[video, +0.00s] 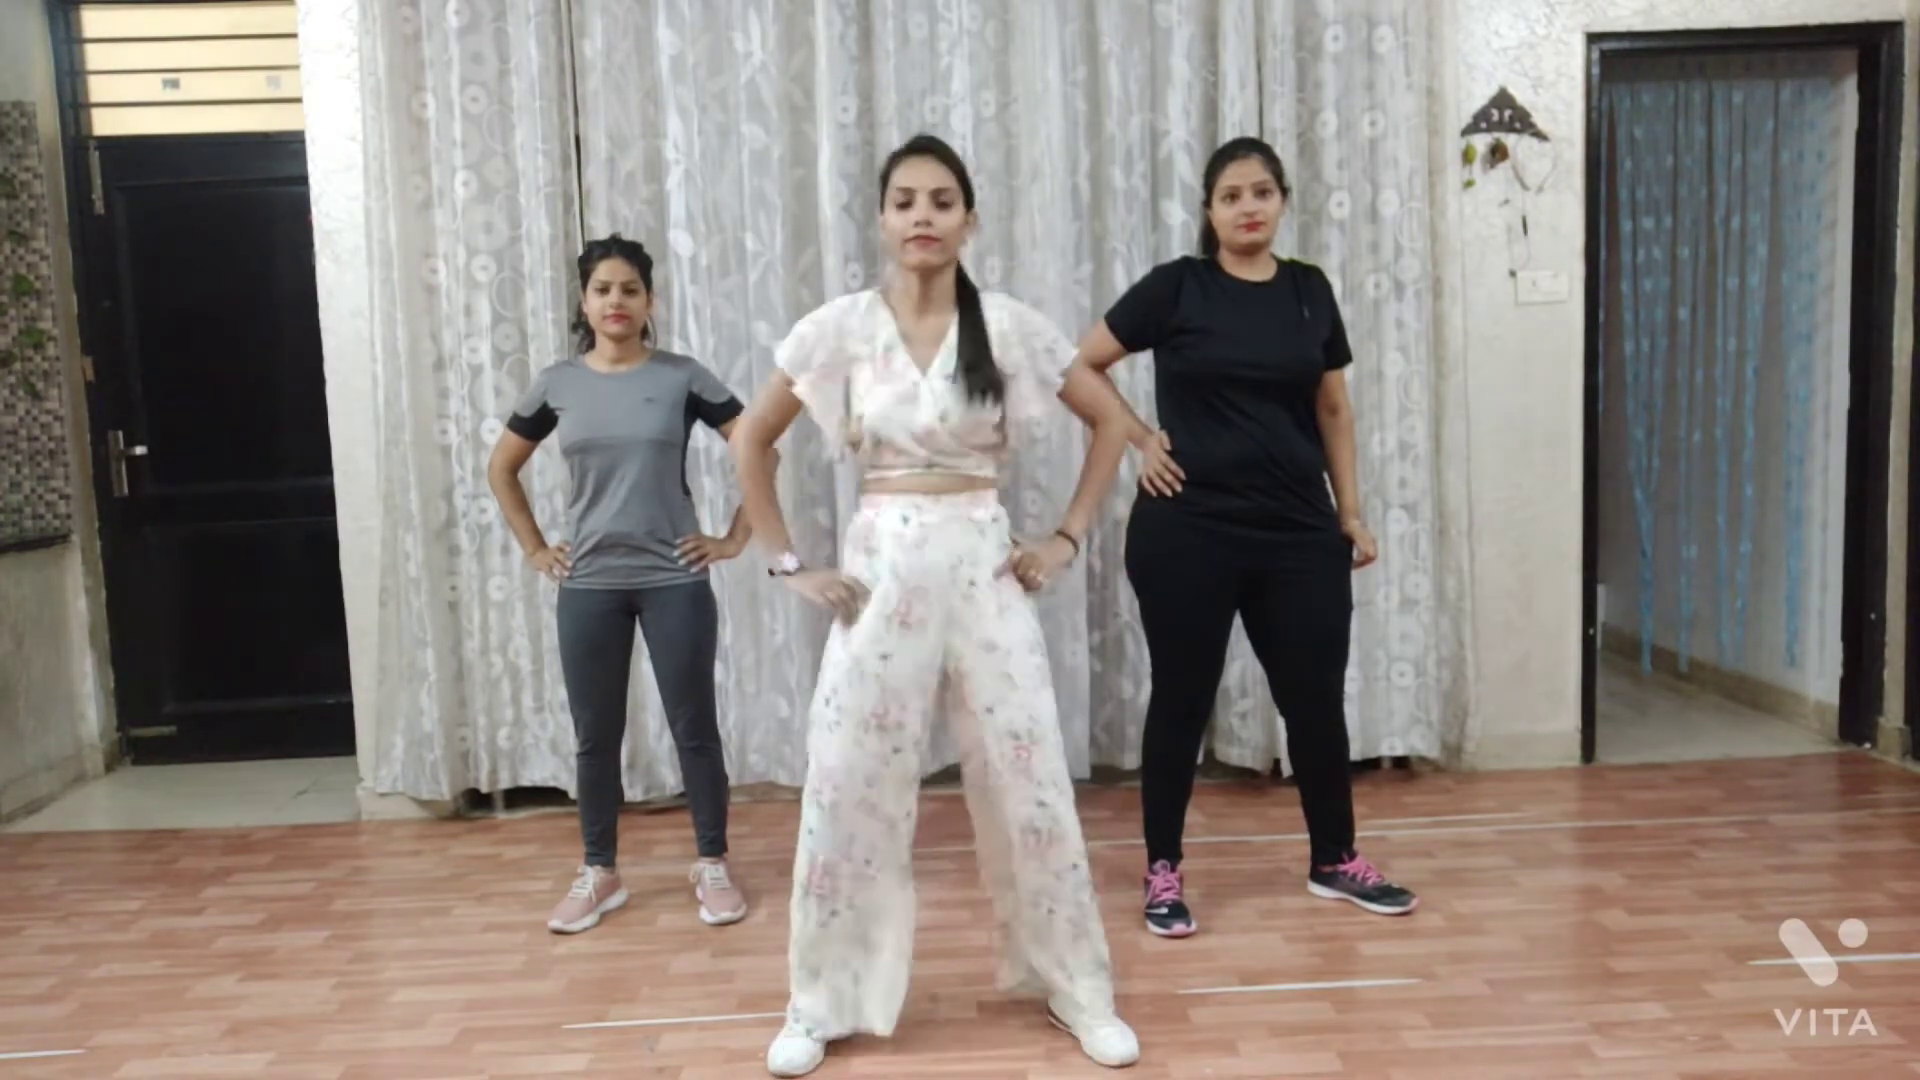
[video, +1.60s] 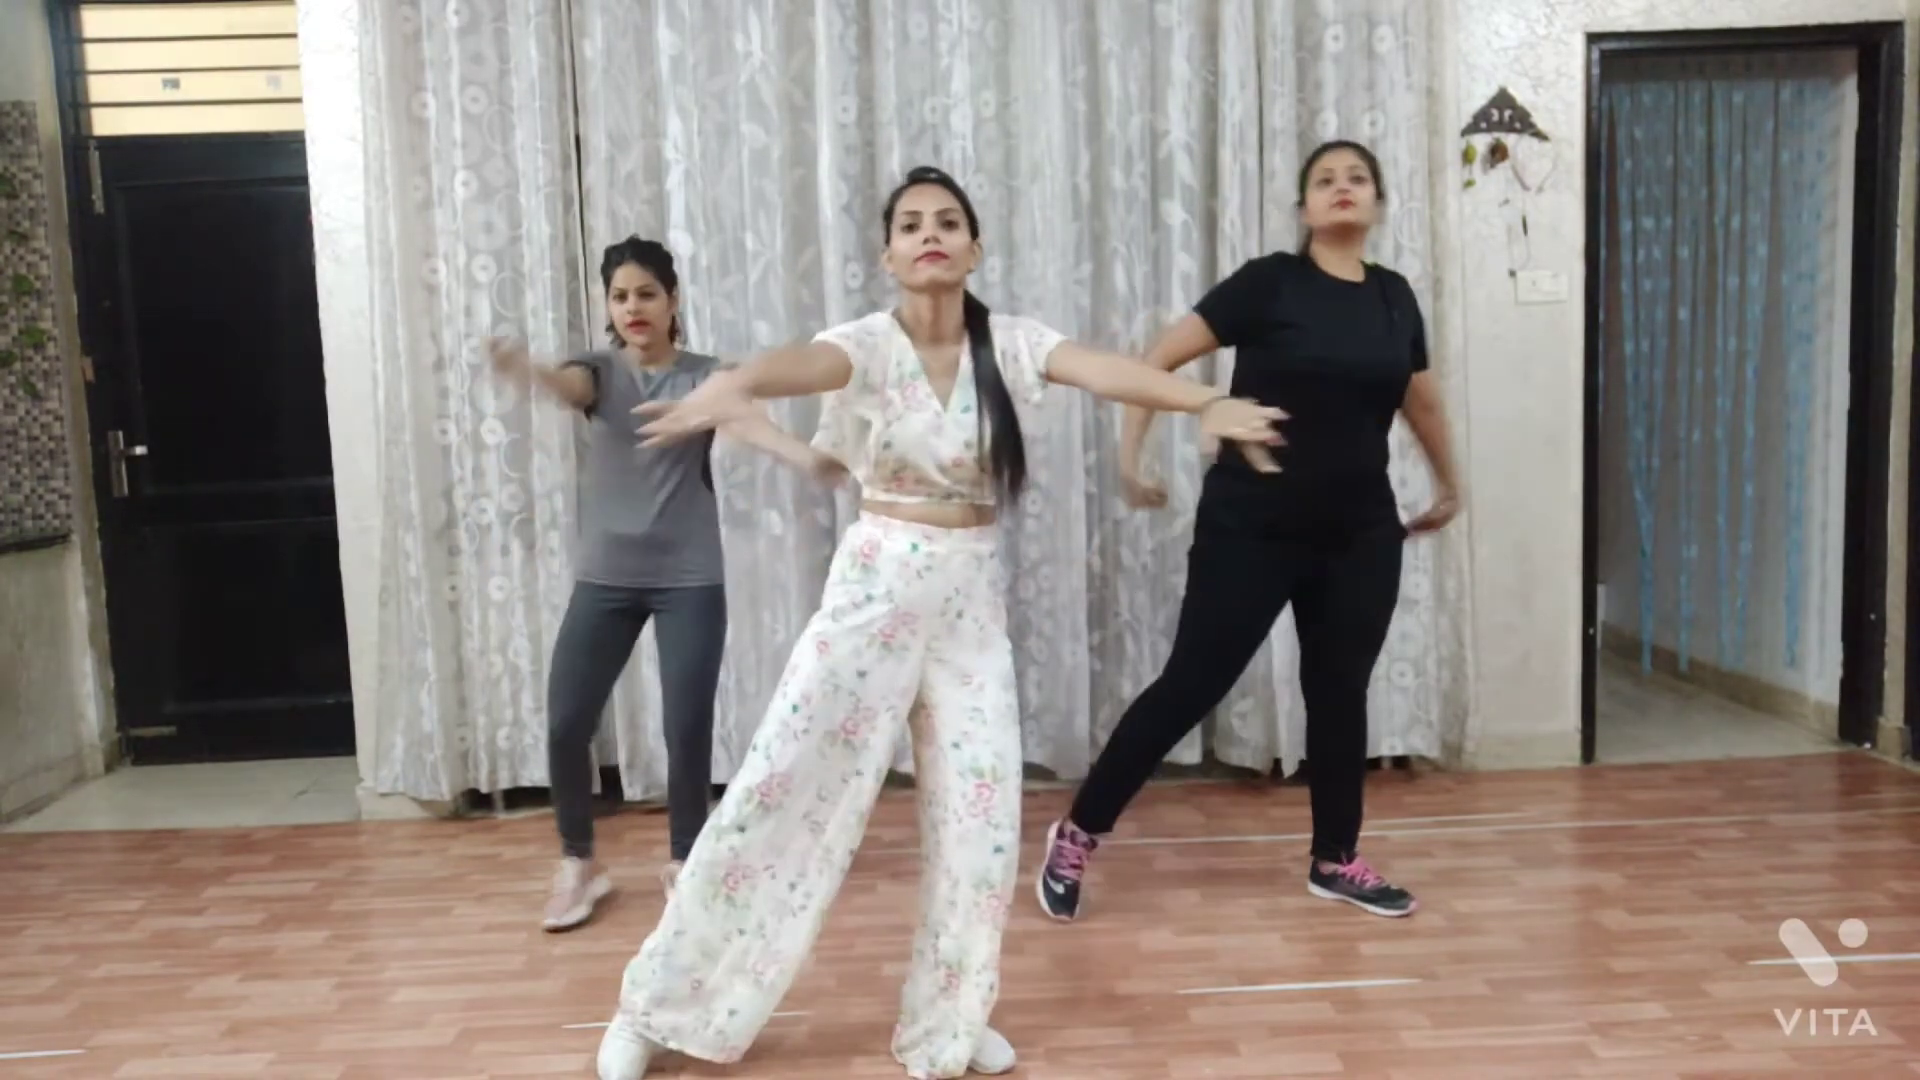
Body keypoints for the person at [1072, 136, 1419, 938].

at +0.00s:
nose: (1249, 208)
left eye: (1263, 193)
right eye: (1233, 196)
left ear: (1283, 203)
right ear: (1209, 208)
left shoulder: (1309, 291)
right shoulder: (1174, 290)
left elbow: (1335, 411)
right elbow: (1077, 371)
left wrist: (1349, 513)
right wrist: (1140, 436)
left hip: (1297, 530)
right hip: (1188, 528)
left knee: (1317, 700)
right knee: (1180, 703)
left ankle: (1335, 861)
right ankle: (1164, 870)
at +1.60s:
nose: (1343, 190)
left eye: (1357, 180)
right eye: (1327, 181)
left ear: (1379, 204)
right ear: (1303, 206)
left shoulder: (1394, 298)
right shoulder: (1269, 283)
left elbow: (1420, 402)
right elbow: (1159, 358)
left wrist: (1450, 488)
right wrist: (1131, 462)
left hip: (1357, 527)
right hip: (1252, 522)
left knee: (1340, 695)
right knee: (1190, 689)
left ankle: (1334, 859)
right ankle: (1078, 834)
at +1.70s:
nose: (1361, 200)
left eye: (1374, 190)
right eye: (1344, 191)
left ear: (1392, 212)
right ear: (1317, 213)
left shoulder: (1405, 307)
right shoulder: (1284, 278)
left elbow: (1485, 375)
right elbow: (1176, 314)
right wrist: (1152, 404)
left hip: (1358, 528)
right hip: (1256, 520)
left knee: (1336, 692)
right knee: (1195, 689)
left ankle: (1335, 856)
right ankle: (1079, 836)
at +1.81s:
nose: (1370, 204)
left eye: (1383, 194)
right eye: (1353, 194)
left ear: (1397, 215)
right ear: (1323, 214)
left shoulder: (1412, 306)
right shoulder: (1292, 270)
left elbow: (1511, 335)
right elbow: (1229, 278)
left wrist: (1611, 349)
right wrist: (1241, 331)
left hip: (1357, 527)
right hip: (1260, 517)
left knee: (1335, 691)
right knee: (1195, 687)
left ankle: (1335, 856)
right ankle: (1077, 831)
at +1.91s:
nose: (1374, 209)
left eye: (1386, 198)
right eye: (1357, 198)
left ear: (1399, 215)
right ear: (1325, 216)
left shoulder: (1414, 301)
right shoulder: (1296, 269)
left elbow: (1521, 309)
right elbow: (1270, 255)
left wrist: (1617, 296)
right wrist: (1337, 282)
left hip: (1356, 530)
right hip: (1257, 520)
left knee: (1333, 694)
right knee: (1195, 684)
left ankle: (1335, 857)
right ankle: (1075, 831)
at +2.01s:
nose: (1379, 209)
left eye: (1393, 200)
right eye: (1363, 199)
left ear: (1413, 217)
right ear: (1333, 221)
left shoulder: (1417, 306)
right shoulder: (1311, 282)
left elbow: (1519, 299)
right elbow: (1349, 243)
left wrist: (1522, 224)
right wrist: (1467, 204)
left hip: (1356, 532)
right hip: (1259, 522)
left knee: (1330, 695)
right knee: (1188, 685)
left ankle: (1334, 857)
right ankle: (1069, 831)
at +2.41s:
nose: (1393, 215)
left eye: (1405, 203)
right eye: (1374, 204)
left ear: (1417, 220)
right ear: (1341, 221)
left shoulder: (1418, 313)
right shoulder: (1323, 282)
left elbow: (1481, 347)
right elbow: (1425, 298)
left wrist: (1426, 273)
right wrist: (1490, 206)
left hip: (1355, 529)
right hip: (1263, 521)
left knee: (1332, 693)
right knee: (1193, 686)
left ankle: (1334, 858)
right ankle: (1070, 830)